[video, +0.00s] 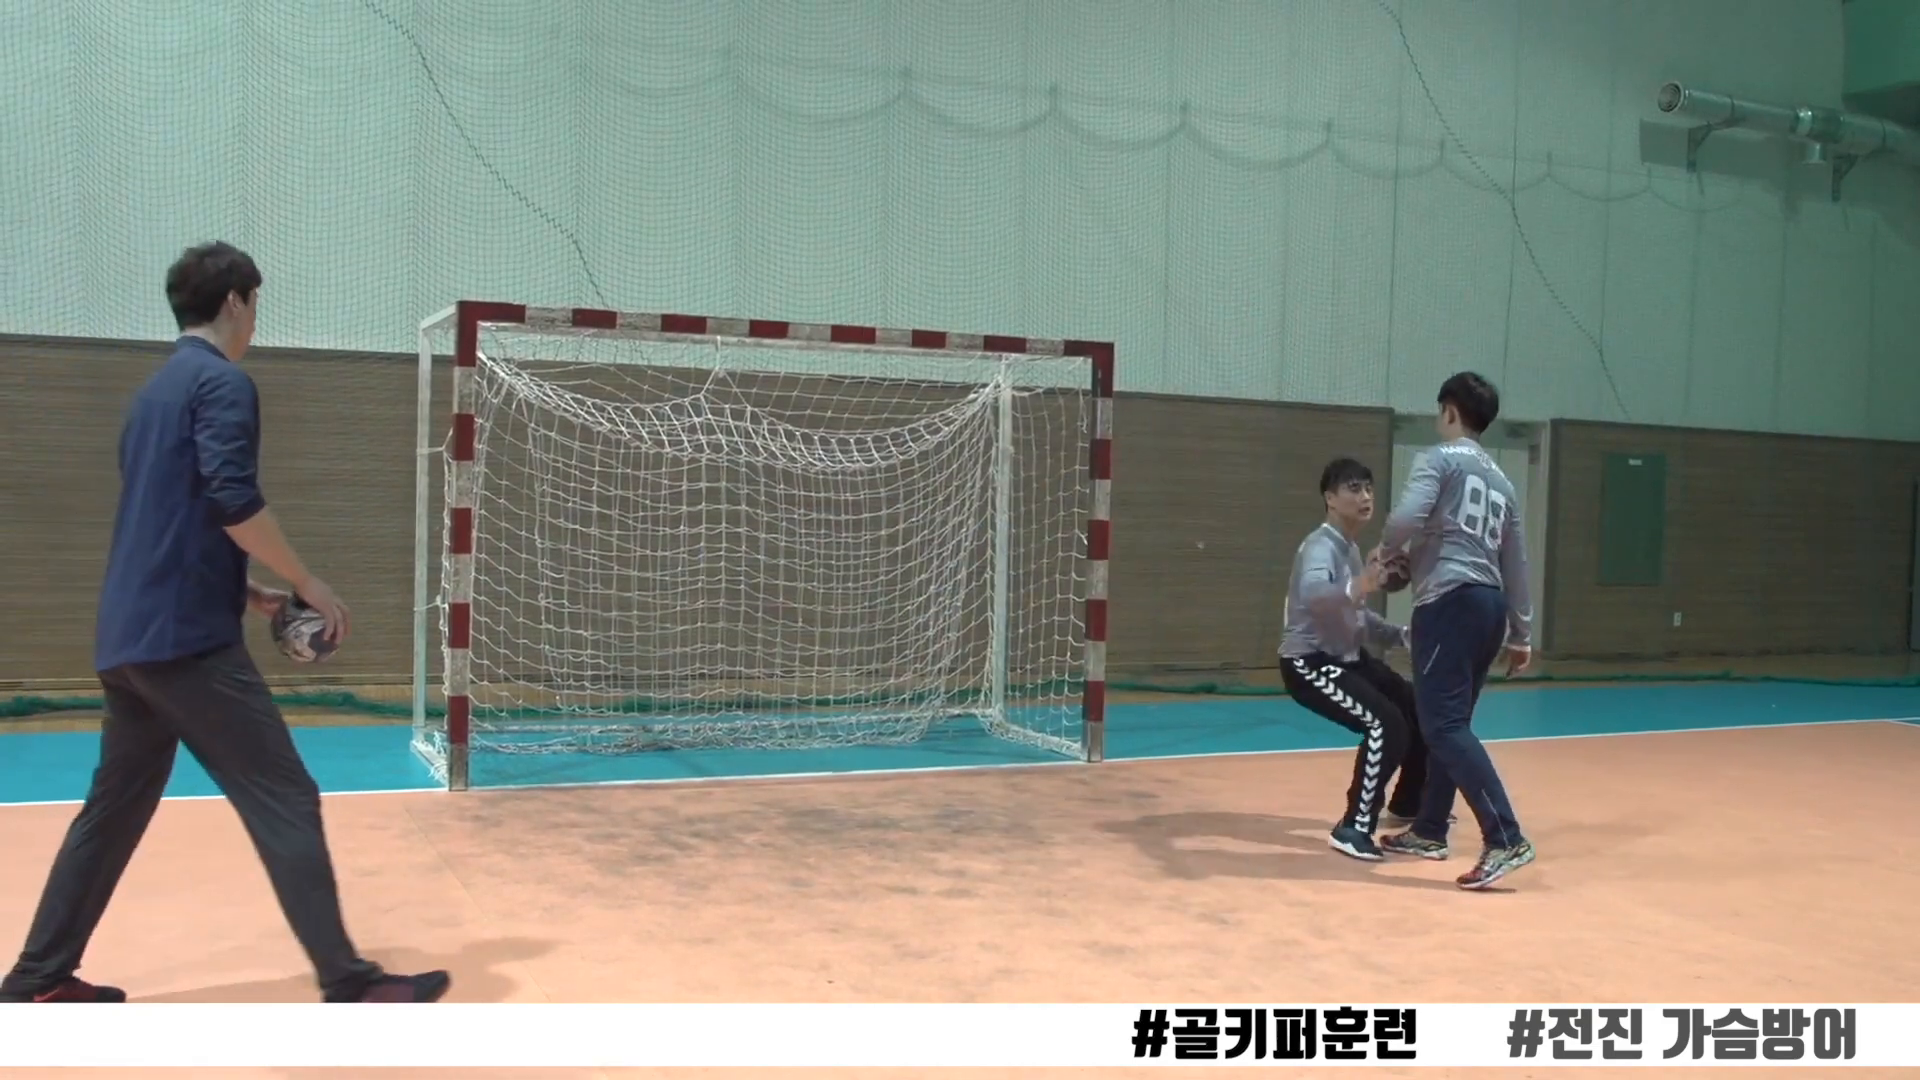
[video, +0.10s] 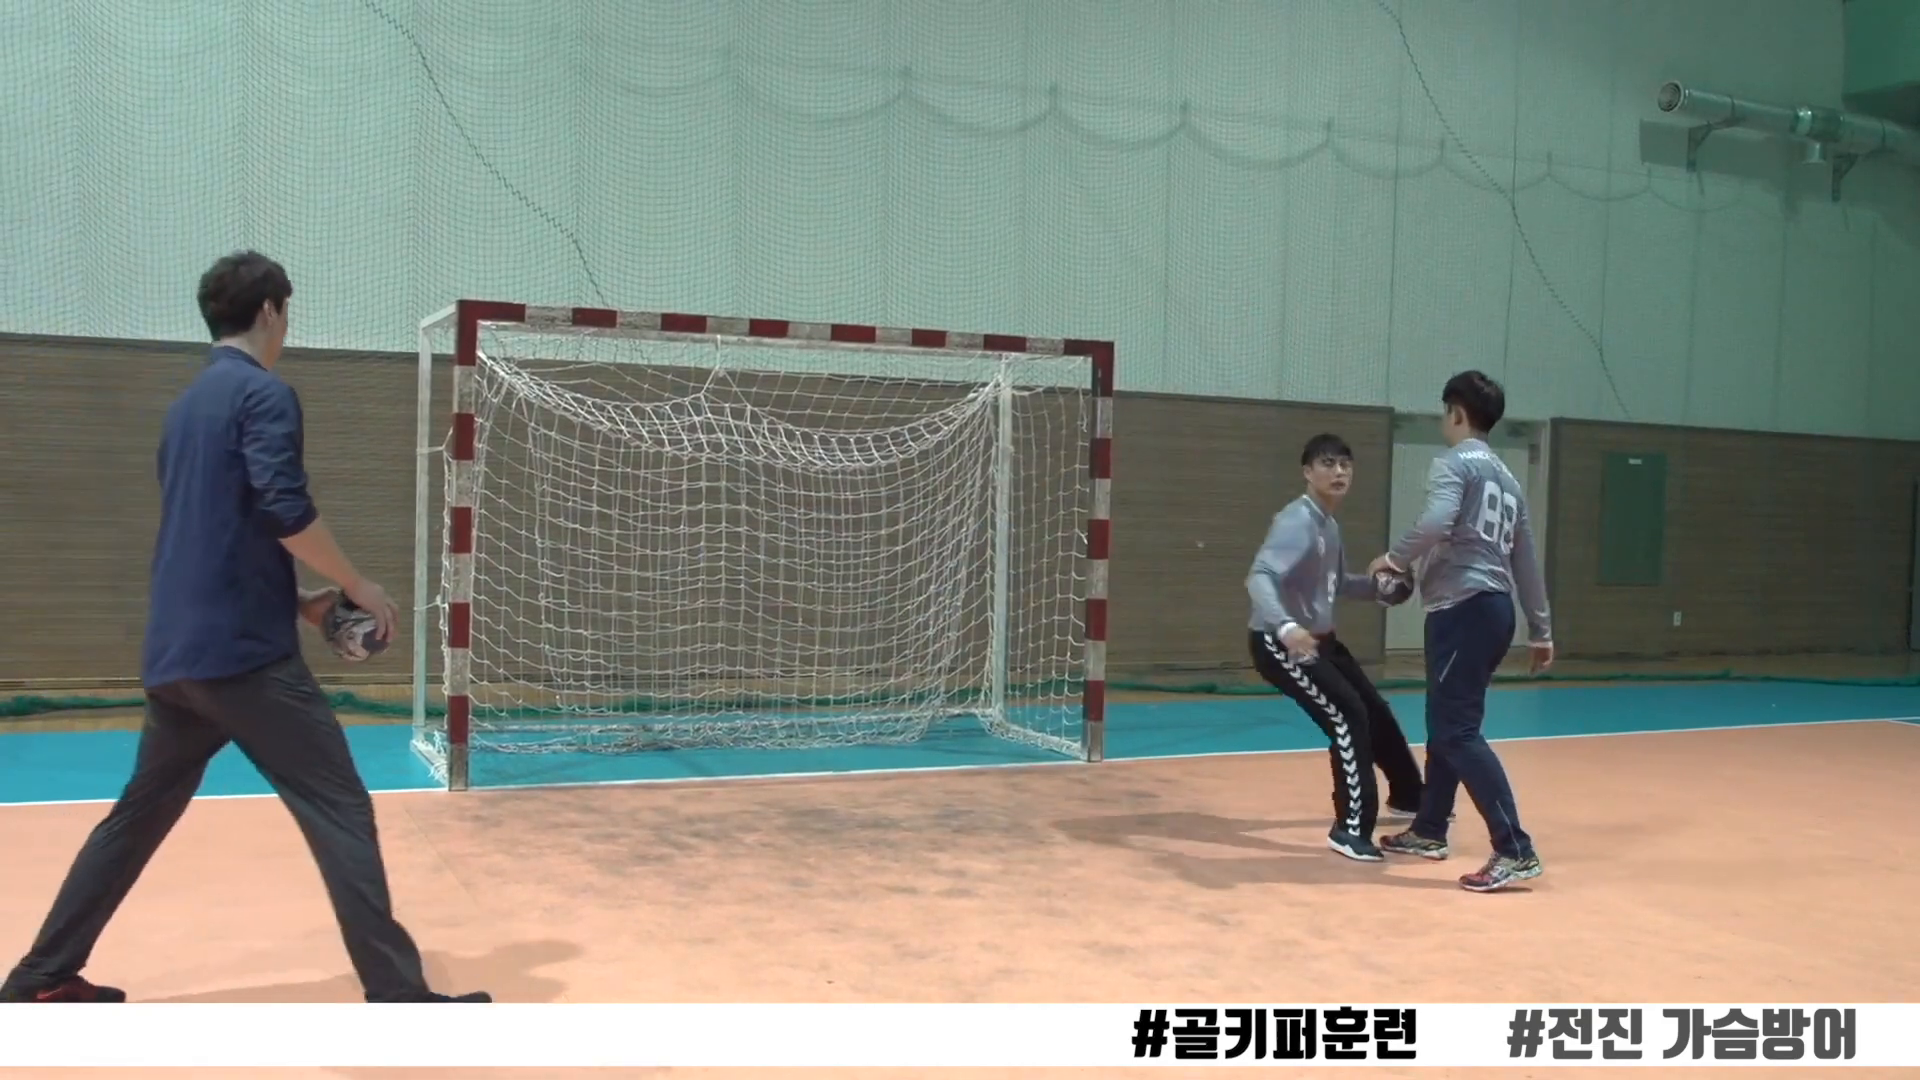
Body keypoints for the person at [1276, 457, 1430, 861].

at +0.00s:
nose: (1365, 496)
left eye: (1368, 489)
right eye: (1353, 489)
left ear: (1374, 496)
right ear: (1329, 499)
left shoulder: (1349, 550)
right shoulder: (1321, 545)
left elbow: (1356, 620)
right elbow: (1313, 596)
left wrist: (1407, 635)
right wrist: (1358, 587)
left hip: (1345, 659)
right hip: (1308, 662)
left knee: (1418, 707)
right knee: (1385, 721)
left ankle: (1408, 803)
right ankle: (1355, 828)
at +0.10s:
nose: (1338, 472)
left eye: (1345, 465)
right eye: (1327, 464)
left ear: (1351, 473)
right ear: (1307, 472)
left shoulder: (1329, 524)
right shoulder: (1297, 520)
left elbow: (1333, 583)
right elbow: (1258, 578)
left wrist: (1378, 585)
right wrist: (1285, 627)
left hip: (1320, 639)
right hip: (1282, 644)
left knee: (1376, 711)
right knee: (1349, 714)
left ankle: (1409, 796)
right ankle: (1351, 829)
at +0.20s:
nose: (1299, 442)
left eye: (1308, 434)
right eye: (1290, 434)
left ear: (1319, 443)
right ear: (1274, 441)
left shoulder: (1303, 499)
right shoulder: (1254, 489)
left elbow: (1311, 551)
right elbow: (1215, 546)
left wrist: (1351, 561)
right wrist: (1221, 609)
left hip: (1277, 609)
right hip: (1242, 608)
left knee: (1328, 691)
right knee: (1282, 704)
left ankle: (1332, 803)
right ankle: (1319, 811)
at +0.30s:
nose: (1250, 437)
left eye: (1261, 429)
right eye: (1242, 429)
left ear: (1275, 438)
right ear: (1230, 435)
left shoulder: (1269, 494)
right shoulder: (1211, 483)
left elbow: (1277, 550)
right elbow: (1184, 543)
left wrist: (1305, 582)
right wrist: (1182, 596)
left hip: (1240, 603)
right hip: (1201, 601)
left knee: (1279, 690)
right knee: (1237, 696)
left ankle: (1244, 787)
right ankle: (1207, 799)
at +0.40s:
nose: (1195, 442)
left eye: (1205, 434)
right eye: (1188, 434)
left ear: (1222, 440)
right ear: (1178, 439)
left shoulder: (1222, 497)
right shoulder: (1162, 489)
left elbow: (1224, 551)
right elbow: (1124, 542)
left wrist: (1249, 582)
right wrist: (1147, 568)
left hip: (1205, 614)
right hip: (1161, 612)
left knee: (1245, 704)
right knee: (1166, 713)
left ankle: (1230, 803)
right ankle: (1086, 779)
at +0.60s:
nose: (1092, 429)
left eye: (1103, 422)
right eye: (1086, 419)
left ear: (1121, 429)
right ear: (1076, 423)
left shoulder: (1124, 485)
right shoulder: (1051, 471)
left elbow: (1138, 530)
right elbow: (992, 511)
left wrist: (1162, 554)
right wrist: (989, 570)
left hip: (1084, 594)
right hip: (1035, 590)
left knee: (1111, 685)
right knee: (1040, 691)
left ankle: (1074, 761)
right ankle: (1042, 784)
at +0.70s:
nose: (1032, 439)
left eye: (1044, 431)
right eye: (1027, 429)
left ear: (1064, 439)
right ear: (1020, 432)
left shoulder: (1076, 496)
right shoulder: (986, 482)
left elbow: (1104, 534)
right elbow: (942, 528)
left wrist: (1121, 554)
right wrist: (912, 582)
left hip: (1024, 603)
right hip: (976, 595)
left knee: (1020, 699)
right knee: (973, 682)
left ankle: (960, 726)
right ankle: (966, 762)